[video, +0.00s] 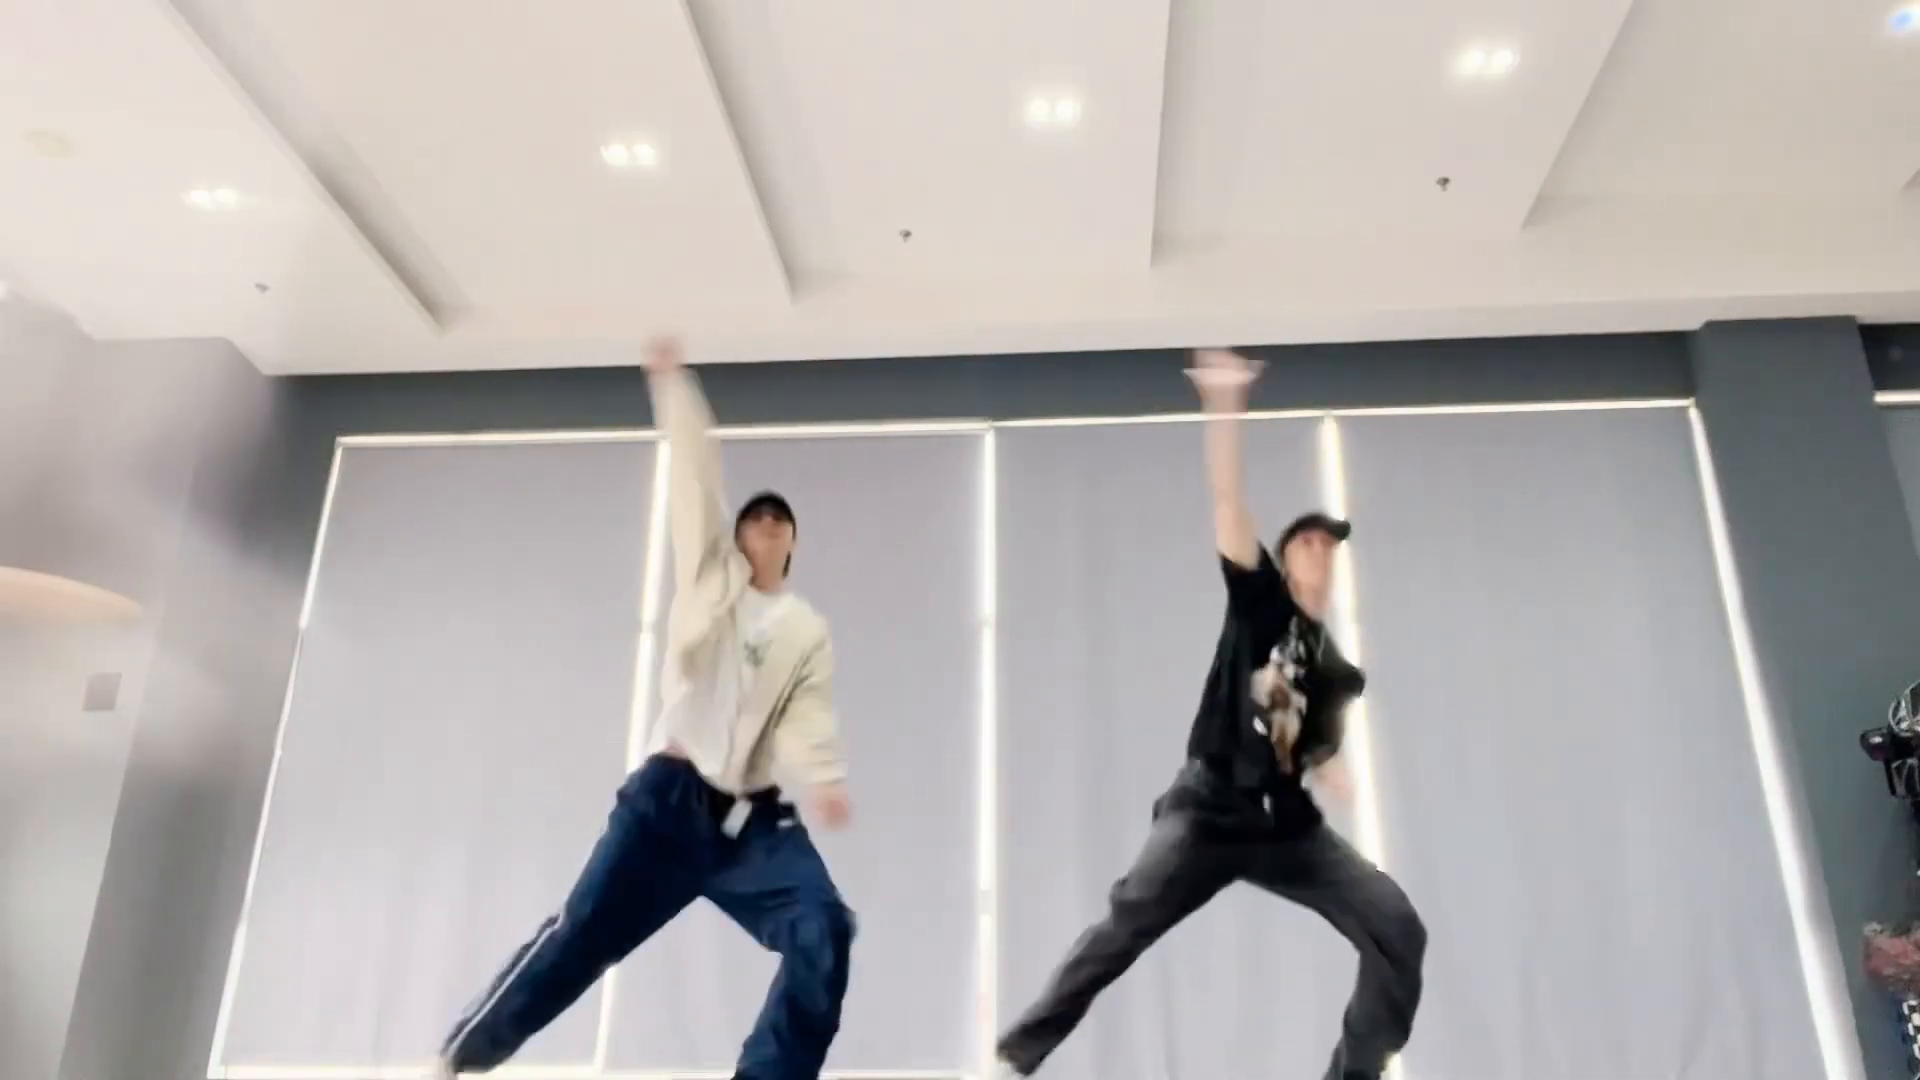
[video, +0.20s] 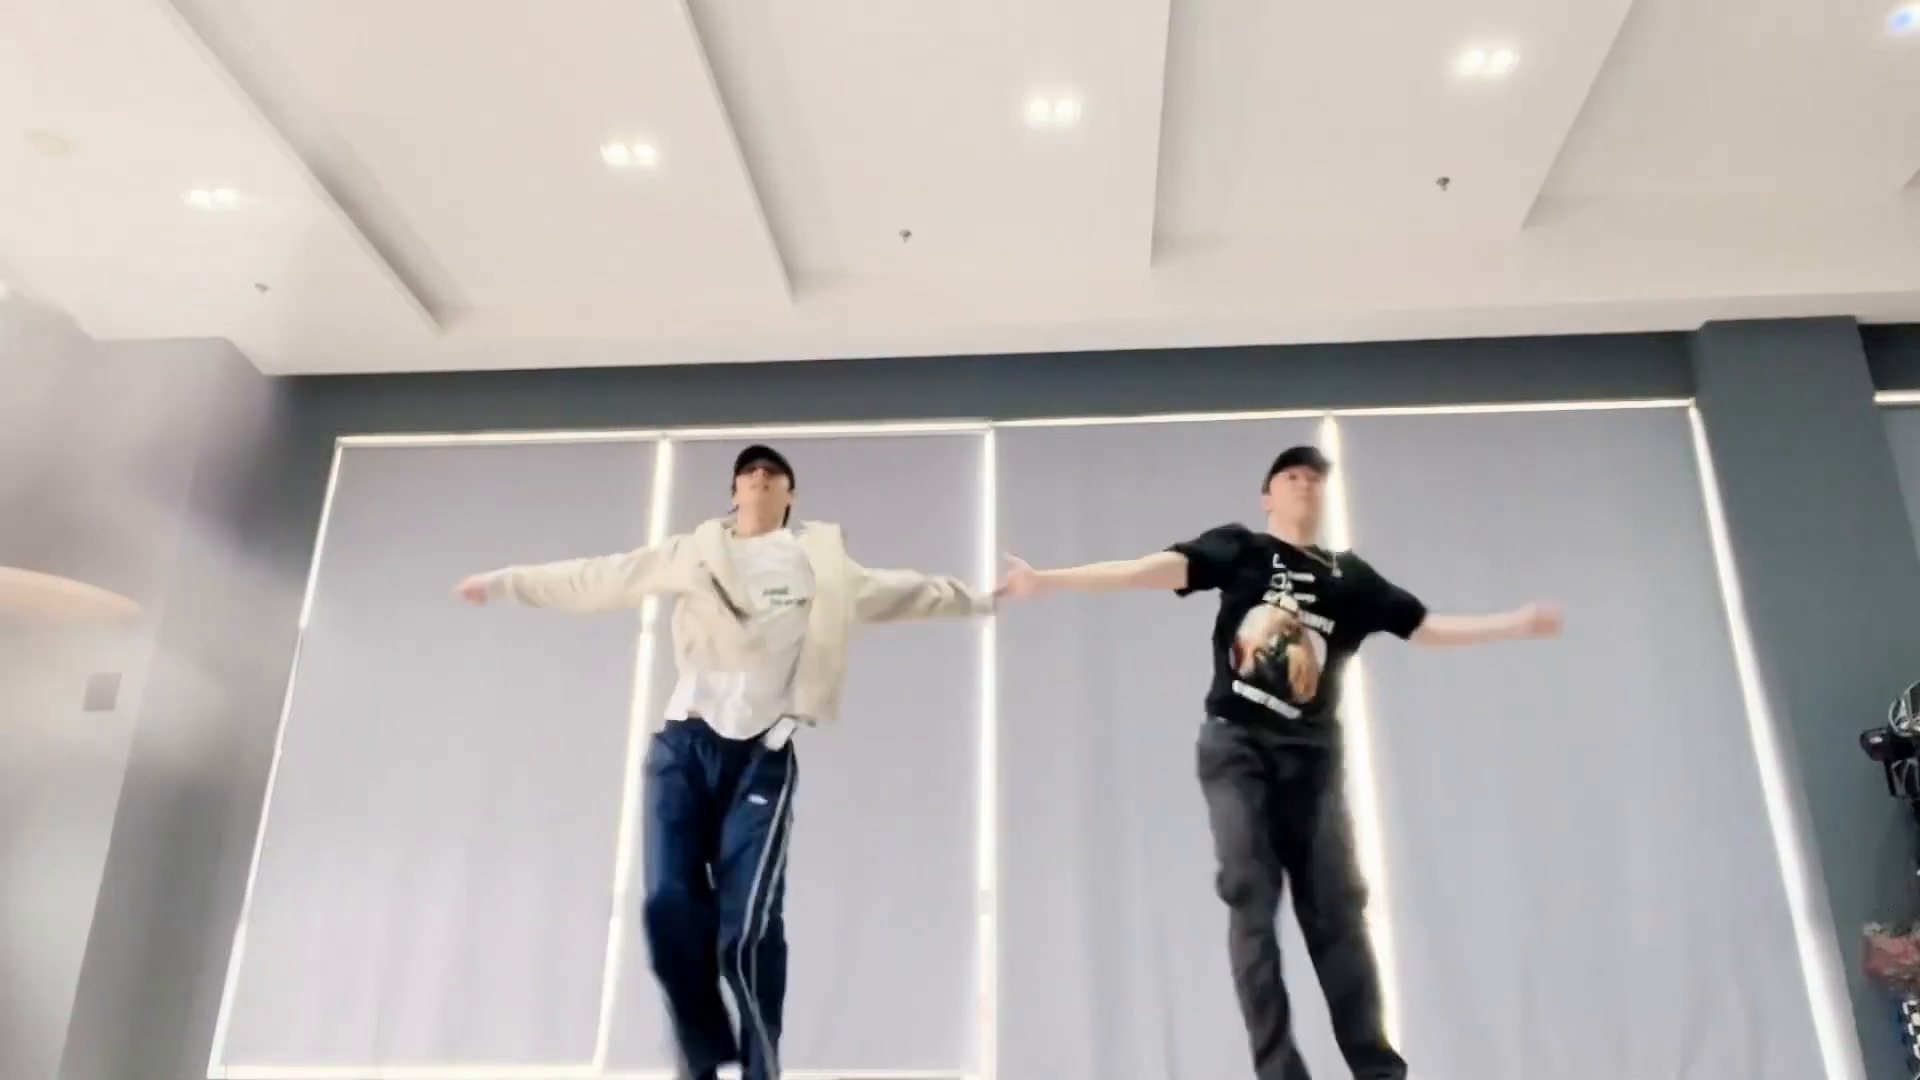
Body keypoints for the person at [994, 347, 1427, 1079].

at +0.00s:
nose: (1324, 555)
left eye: (1331, 547)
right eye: (1311, 545)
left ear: (1335, 565)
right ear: (1284, 560)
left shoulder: (1334, 667)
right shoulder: (1256, 597)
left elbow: (1330, 770)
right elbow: (1226, 497)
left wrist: (1316, 760)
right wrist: (1224, 403)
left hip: (1288, 830)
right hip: (1208, 817)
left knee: (1397, 929)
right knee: (1126, 925)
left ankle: (1357, 1070)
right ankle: (1015, 1058)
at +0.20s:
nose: (1306, 484)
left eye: (1316, 478)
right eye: (1293, 476)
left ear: (1327, 498)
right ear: (1266, 498)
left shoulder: (1350, 576)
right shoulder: (1236, 550)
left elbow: (1426, 627)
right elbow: (1143, 571)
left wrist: (1515, 623)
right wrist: (1043, 580)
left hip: (1312, 758)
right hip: (1236, 748)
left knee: (1338, 907)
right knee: (1251, 895)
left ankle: (1375, 1065)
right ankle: (1278, 1069)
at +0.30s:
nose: (1296, 487)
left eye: (1306, 481)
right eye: (1283, 479)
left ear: (1318, 501)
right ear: (1257, 497)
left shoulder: (1347, 571)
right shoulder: (1228, 557)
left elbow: (1435, 599)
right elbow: (1142, 575)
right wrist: (1115, 539)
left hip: (1337, 765)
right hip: (1257, 758)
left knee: (1363, 920)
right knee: (1258, 915)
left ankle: (1376, 1068)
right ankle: (1269, 1071)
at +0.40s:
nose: (1298, 518)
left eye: (1308, 511)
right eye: (1284, 510)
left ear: (1322, 530)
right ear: (1261, 526)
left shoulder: (1351, 578)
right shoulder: (1230, 580)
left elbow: (1425, 520)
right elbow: (1156, 527)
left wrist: (1354, 529)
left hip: (1345, 787)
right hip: (1263, 781)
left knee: (1393, 914)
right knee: (1265, 908)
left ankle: (1393, 1067)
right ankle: (1265, 1066)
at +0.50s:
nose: (1300, 532)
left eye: (1309, 525)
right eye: (1286, 524)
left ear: (1320, 543)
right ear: (1262, 542)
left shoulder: (1346, 591)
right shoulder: (1239, 595)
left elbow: (1442, 560)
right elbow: (1145, 561)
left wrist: (1388, 576)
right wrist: (1218, 573)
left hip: (1349, 801)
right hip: (1268, 796)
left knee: (1394, 930)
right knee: (1267, 920)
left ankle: (1399, 1076)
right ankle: (1268, 1069)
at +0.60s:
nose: (1296, 483)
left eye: (1305, 476)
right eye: (1283, 476)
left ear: (1318, 495)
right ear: (1260, 496)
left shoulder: (1350, 568)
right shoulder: (1234, 566)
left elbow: (1393, 645)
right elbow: (1179, 642)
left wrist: (1404, 706)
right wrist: (1193, 686)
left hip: (1348, 764)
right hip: (1265, 760)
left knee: (1379, 912)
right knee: (1263, 904)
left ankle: (1391, 1067)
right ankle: (1268, 1064)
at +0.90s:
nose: (1299, 501)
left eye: (1308, 493)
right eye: (1286, 493)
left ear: (1321, 512)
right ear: (1263, 513)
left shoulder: (1350, 582)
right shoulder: (1234, 577)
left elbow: (1423, 637)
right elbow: (1175, 647)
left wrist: (1401, 633)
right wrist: (1189, 648)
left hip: (1338, 767)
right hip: (1263, 767)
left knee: (1369, 912)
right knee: (1269, 908)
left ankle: (1375, 1065)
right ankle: (1275, 1065)